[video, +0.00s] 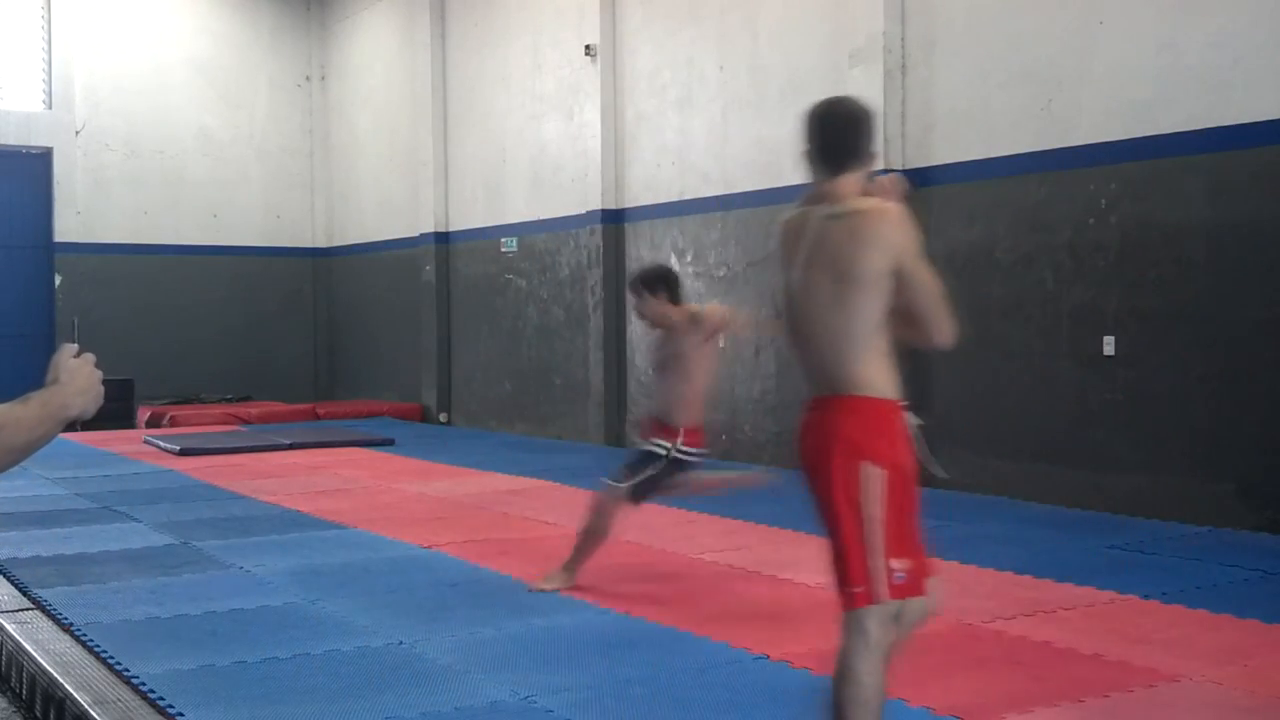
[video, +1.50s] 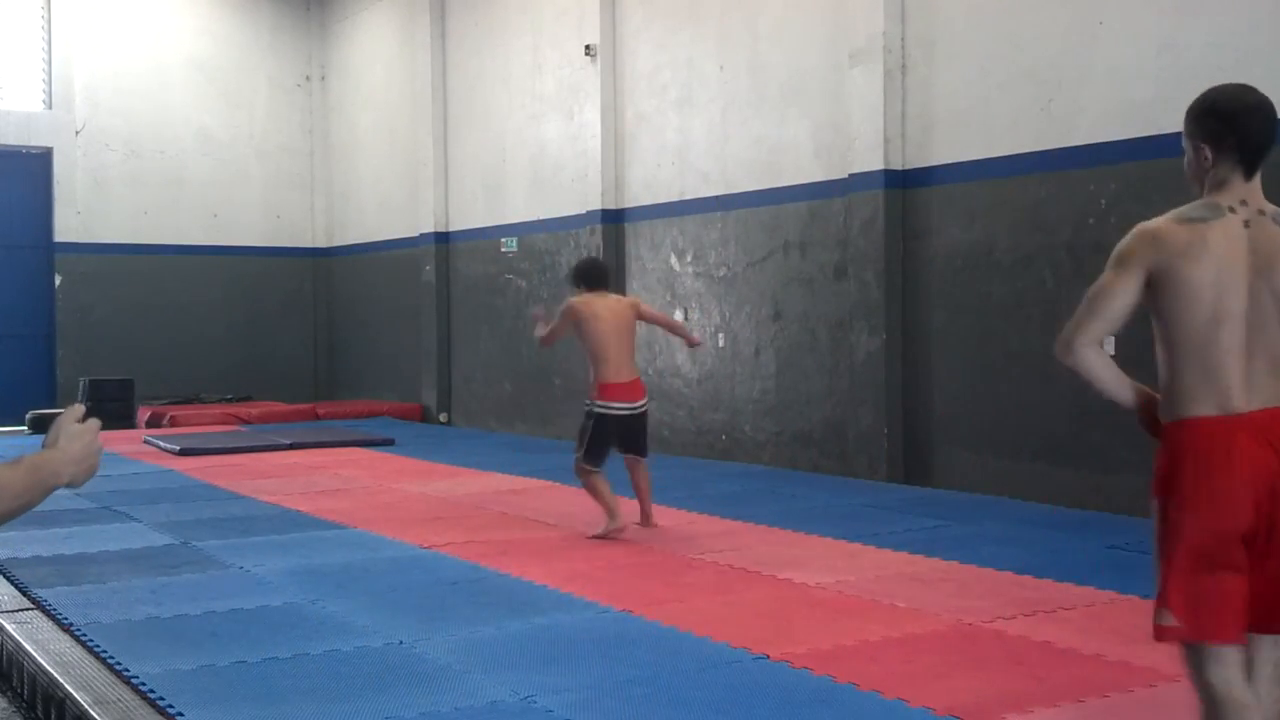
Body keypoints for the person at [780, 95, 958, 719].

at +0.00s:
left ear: (811, 152)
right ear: (869, 150)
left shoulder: (795, 226)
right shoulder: (885, 218)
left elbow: (828, 313)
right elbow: (938, 329)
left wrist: (876, 209)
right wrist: (865, 303)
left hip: (831, 430)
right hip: (867, 436)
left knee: (916, 598)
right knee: (867, 623)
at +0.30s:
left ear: (907, 160)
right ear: (971, 156)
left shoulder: (894, 235)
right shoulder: (1000, 227)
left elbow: (945, 299)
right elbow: (1056, 331)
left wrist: (980, 210)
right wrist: (981, 307)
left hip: (939, 438)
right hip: (982, 443)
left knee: (1001, 637)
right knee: (969, 639)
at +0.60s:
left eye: (998, 137)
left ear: (989, 144)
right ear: (1056, 141)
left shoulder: (969, 223)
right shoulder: (1087, 213)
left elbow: (1019, 302)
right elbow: (1143, 321)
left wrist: (1078, 207)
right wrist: (1068, 303)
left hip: (1009, 442)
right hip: (1078, 441)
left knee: (1034, 624)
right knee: (1183, 595)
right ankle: (1127, 714)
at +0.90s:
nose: (1079, 152)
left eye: (1079, 142)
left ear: (1083, 144)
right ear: (1149, 144)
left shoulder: (1042, 237)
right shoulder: (1202, 233)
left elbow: (993, 339)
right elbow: (1258, 357)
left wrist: (1056, 300)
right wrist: (1202, 321)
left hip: (1083, 448)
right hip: (1171, 450)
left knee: (1065, 634)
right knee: (1204, 635)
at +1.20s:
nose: (1152, 162)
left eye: (1153, 150)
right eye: (1153, 150)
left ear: (1170, 152)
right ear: (1227, 150)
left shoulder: (1124, 235)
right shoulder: (1270, 231)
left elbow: (1098, 357)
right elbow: (1269, 350)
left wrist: (1165, 356)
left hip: (1156, 448)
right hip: (1248, 448)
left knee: (1114, 623)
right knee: (1245, 637)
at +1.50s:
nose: (1186, 159)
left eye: (1187, 147)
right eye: (1187, 147)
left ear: (1203, 153)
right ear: (1261, 151)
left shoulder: (1158, 240)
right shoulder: (1279, 229)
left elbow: (1078, 346)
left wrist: (1142, 399)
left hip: (1205, 468)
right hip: (1274, 460)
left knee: (1220, 675)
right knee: (1269, 669)